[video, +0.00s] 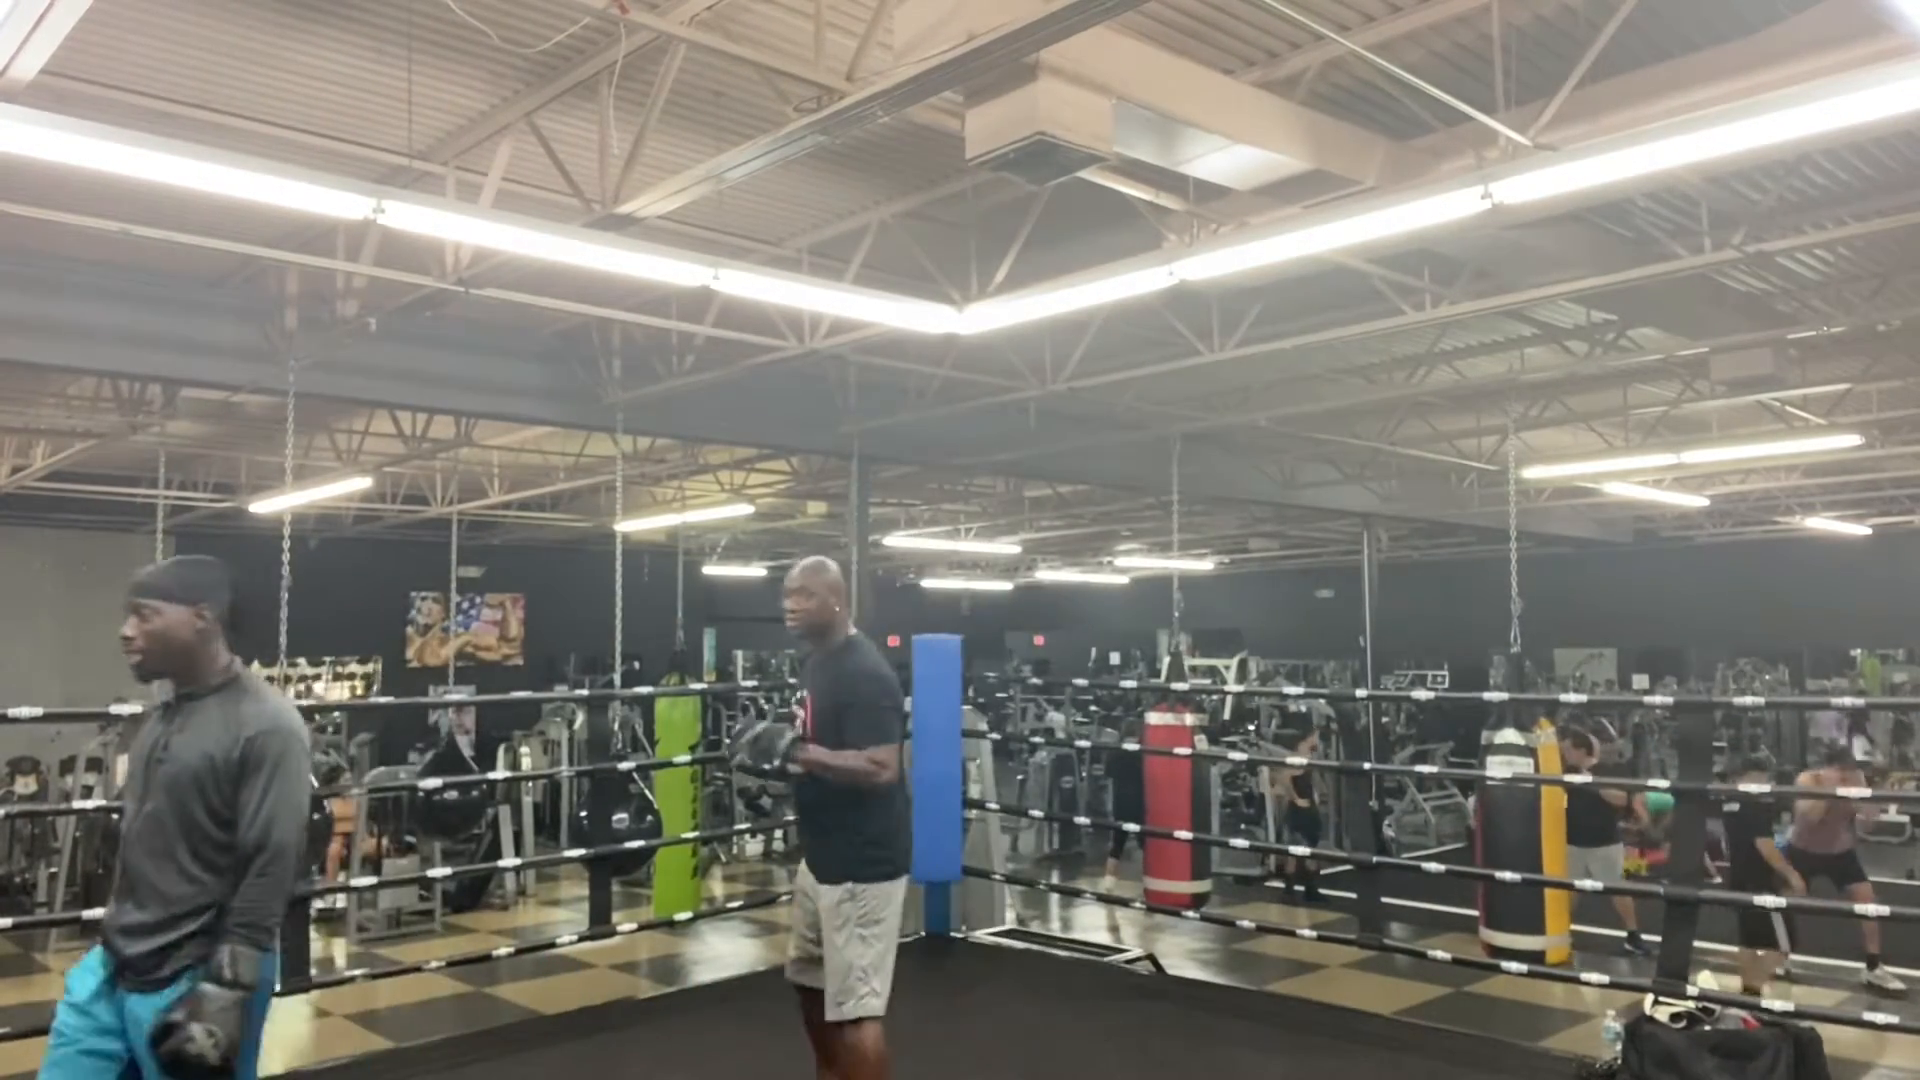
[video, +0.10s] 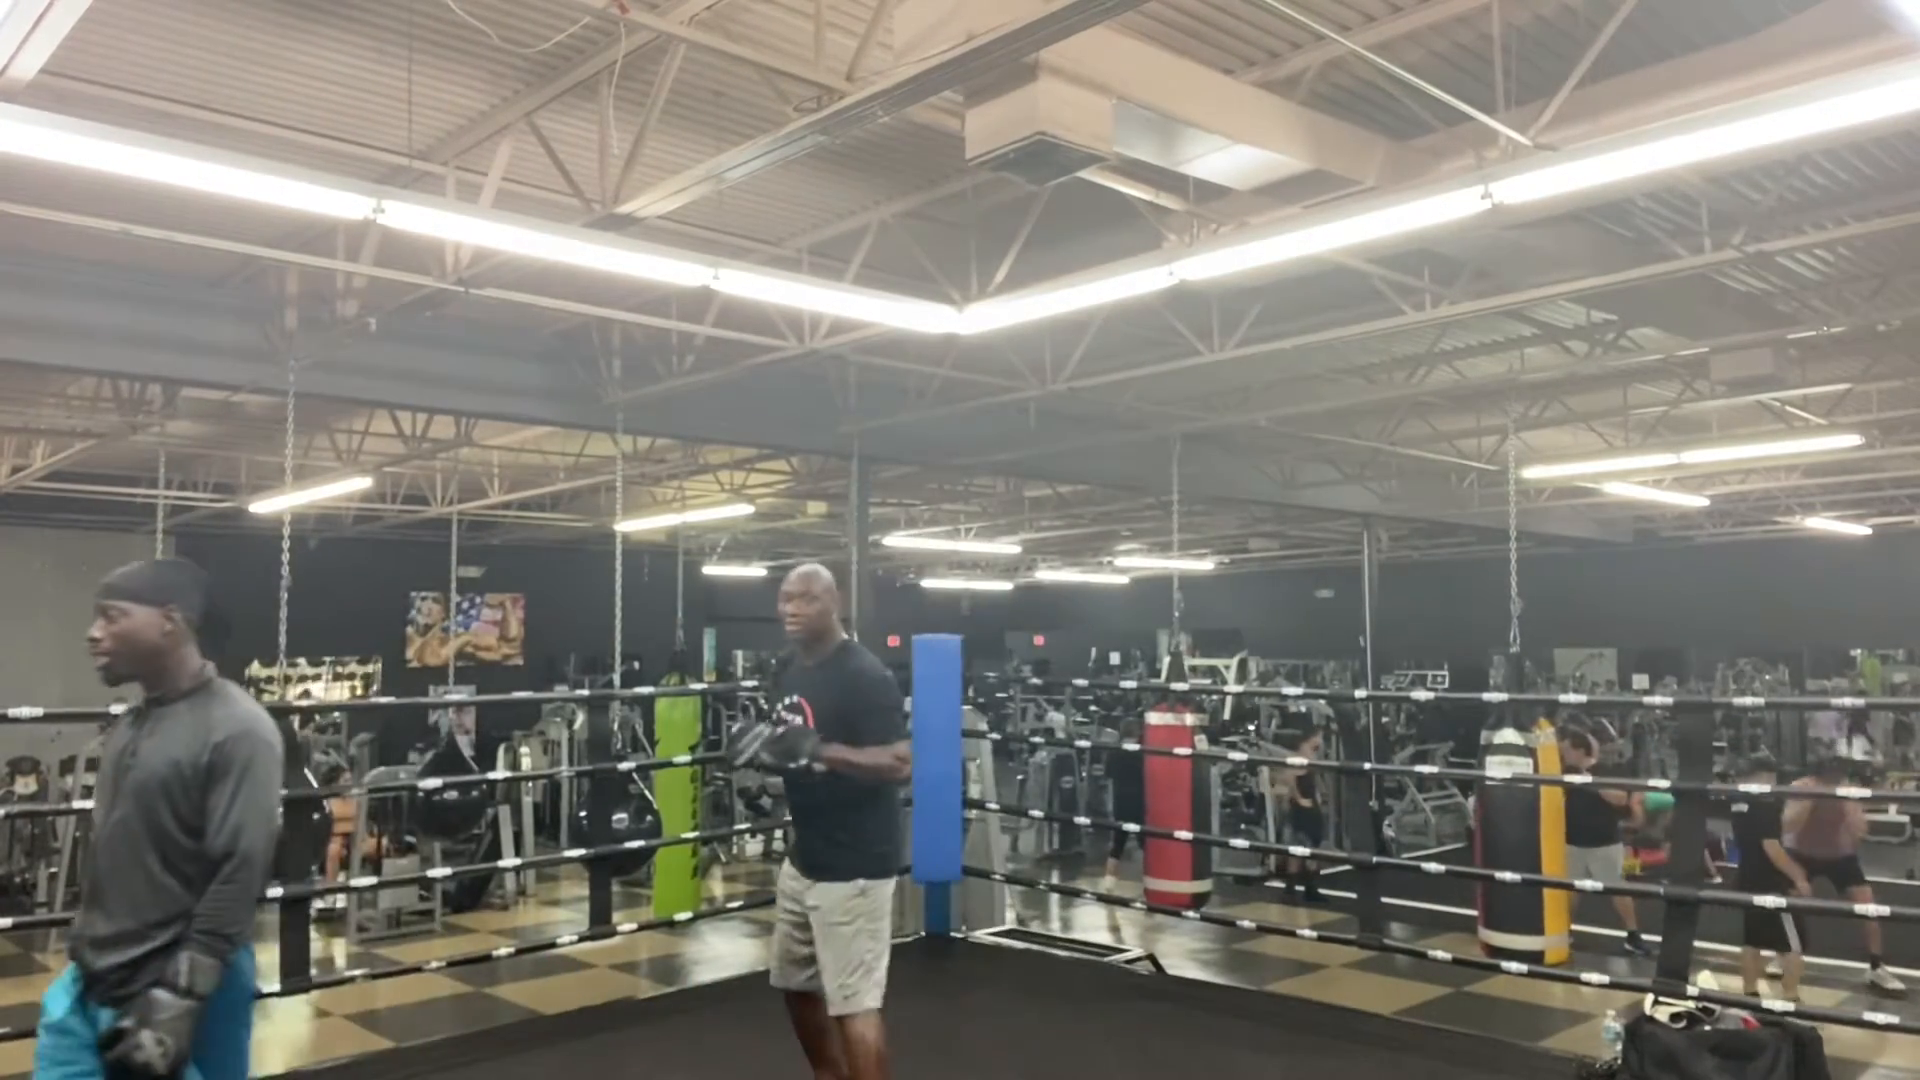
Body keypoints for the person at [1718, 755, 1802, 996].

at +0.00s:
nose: (1764, 784)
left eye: (1764, 778)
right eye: (1760, 778)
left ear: (1739, 778)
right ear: (1754, 778)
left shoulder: (1730, 804)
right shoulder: (1757, 804)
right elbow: (1765, 844)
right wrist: (1791, 874)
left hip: (1740, 878)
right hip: (1759, 881)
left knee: (1749, 941)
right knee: (1781, 947)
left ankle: (1750, 992)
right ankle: (1752, 985)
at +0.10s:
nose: (1773, 780)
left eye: (1772, 775)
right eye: (1770, 775)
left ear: (1747, 775)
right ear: (1764, 776)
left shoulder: (1737, 801)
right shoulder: (1764, 802)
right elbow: (1771, 846)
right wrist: (1798, 876)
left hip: (1748, 879)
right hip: (1770, 882)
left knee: (1752, 942)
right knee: (1793, 946)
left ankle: (1750, 995)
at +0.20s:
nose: (1788, 789)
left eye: (1787, 784)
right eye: (1786, 784)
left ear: (1765, 783)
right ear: (1781, 784)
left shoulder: (1751, 807)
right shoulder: (1778, 811)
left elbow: (1764, 850)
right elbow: (1784, 852)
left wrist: (1797, 867)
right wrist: (1803, 882)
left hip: (1760, 882)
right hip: (1782, 883)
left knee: (1757, 943)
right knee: (1803, 944)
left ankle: (1751, 994)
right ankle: (1823, 999)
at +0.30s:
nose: (1804, 790)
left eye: (1802, 783)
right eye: (1801, 784)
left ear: (1778, 782)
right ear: (1794, 784)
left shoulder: (1762, 806)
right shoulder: (1791, 813)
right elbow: (1797, 857)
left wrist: (1806, 871)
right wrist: (1811, 888)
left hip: (1772, 885)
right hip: (1794, 887)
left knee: (1766, 945)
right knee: (1819, 947)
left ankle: (1753, 994)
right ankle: (1830, 1003)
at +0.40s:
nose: (1821, 796)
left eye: (1821, 790)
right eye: (1818, 789)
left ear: (1787, 785)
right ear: (1805, 787)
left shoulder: (1774, 808)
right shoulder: (1802, 814)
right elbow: (1808, 859)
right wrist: (1825, 892)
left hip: (1787, 888)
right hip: (1808, 890)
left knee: (1778, 942)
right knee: (1830, 951)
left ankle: (1757, 989)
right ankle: (1833, 1005)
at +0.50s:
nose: (1832, 788)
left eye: (1833, 783)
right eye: (1830, 782)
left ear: (1803, 778)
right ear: (1815, 778)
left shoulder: (1782, 803)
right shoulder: (1811, 811)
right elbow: (1816, 856)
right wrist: (1835, 892)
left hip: (1795, 886)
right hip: (1816, 889)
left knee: (1791, 940)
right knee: (1833, 951)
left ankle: (1762, 985)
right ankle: (1833, 1007)